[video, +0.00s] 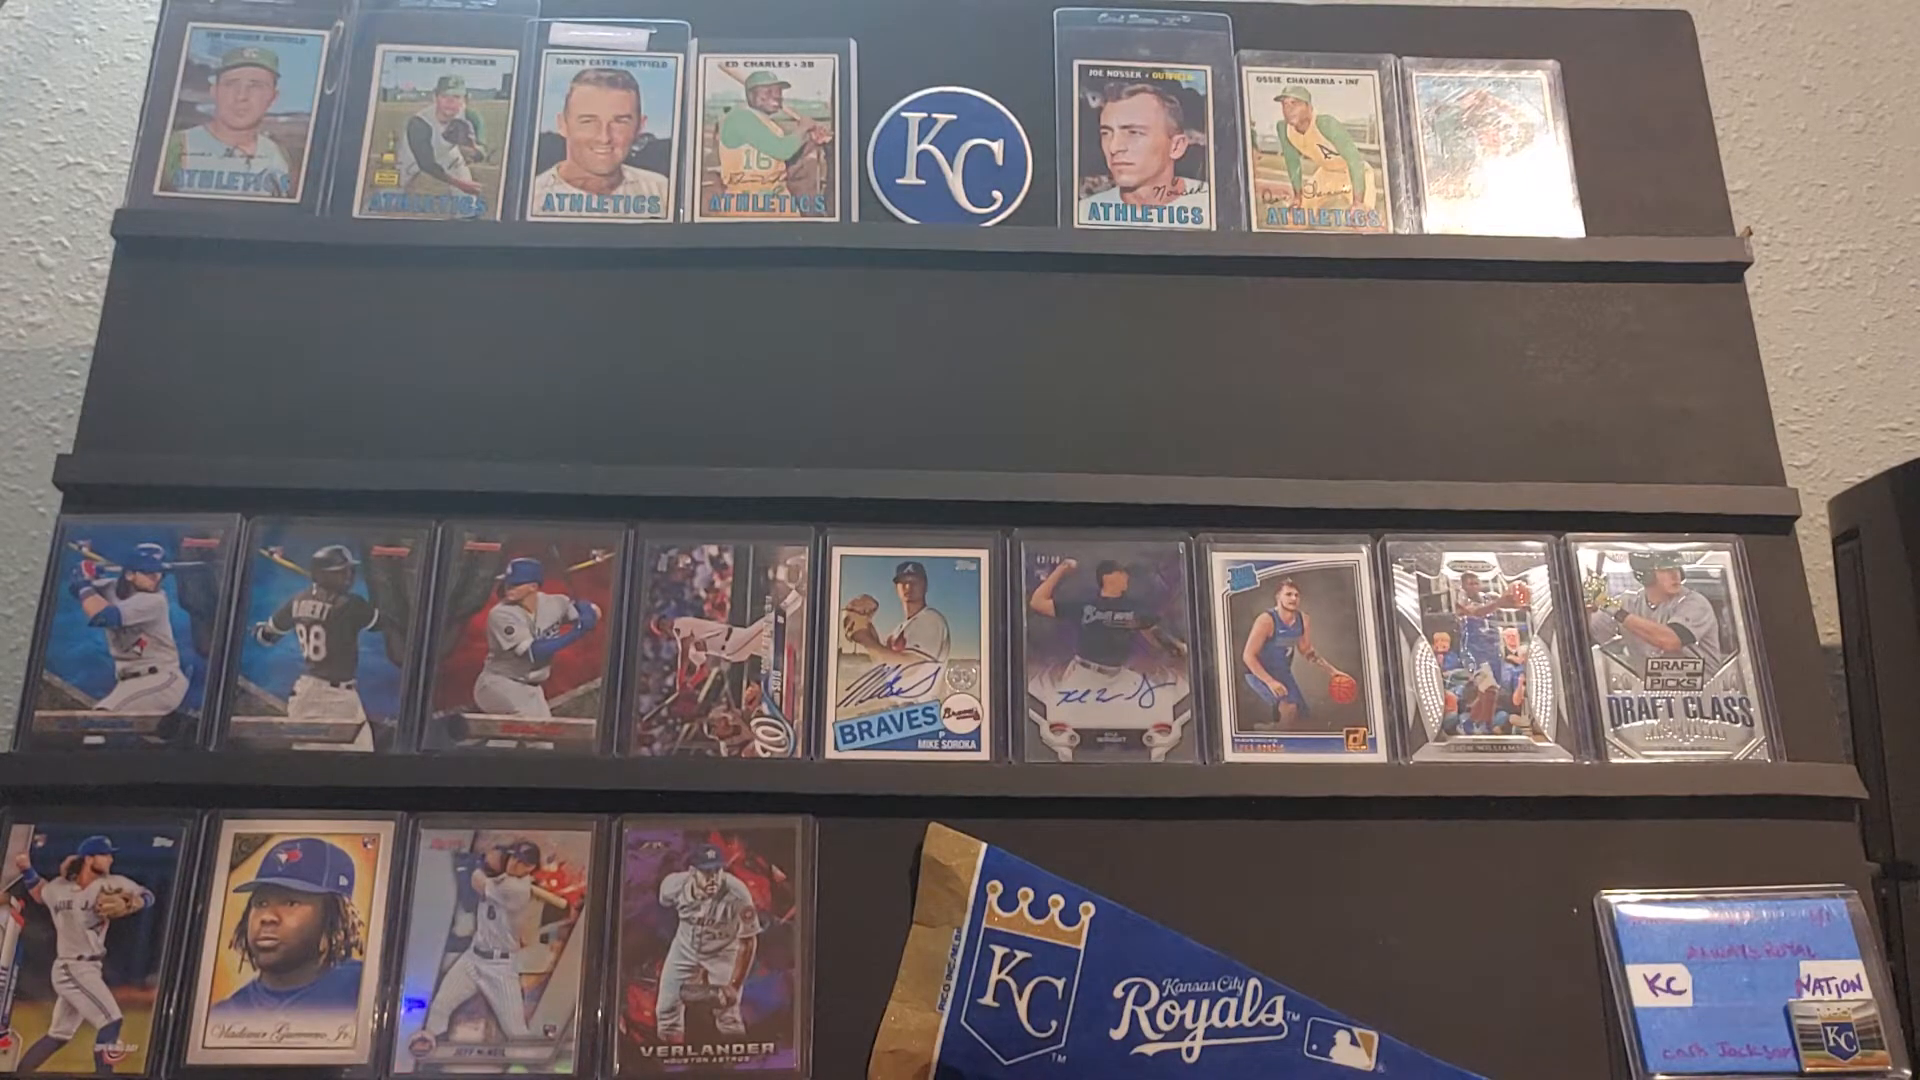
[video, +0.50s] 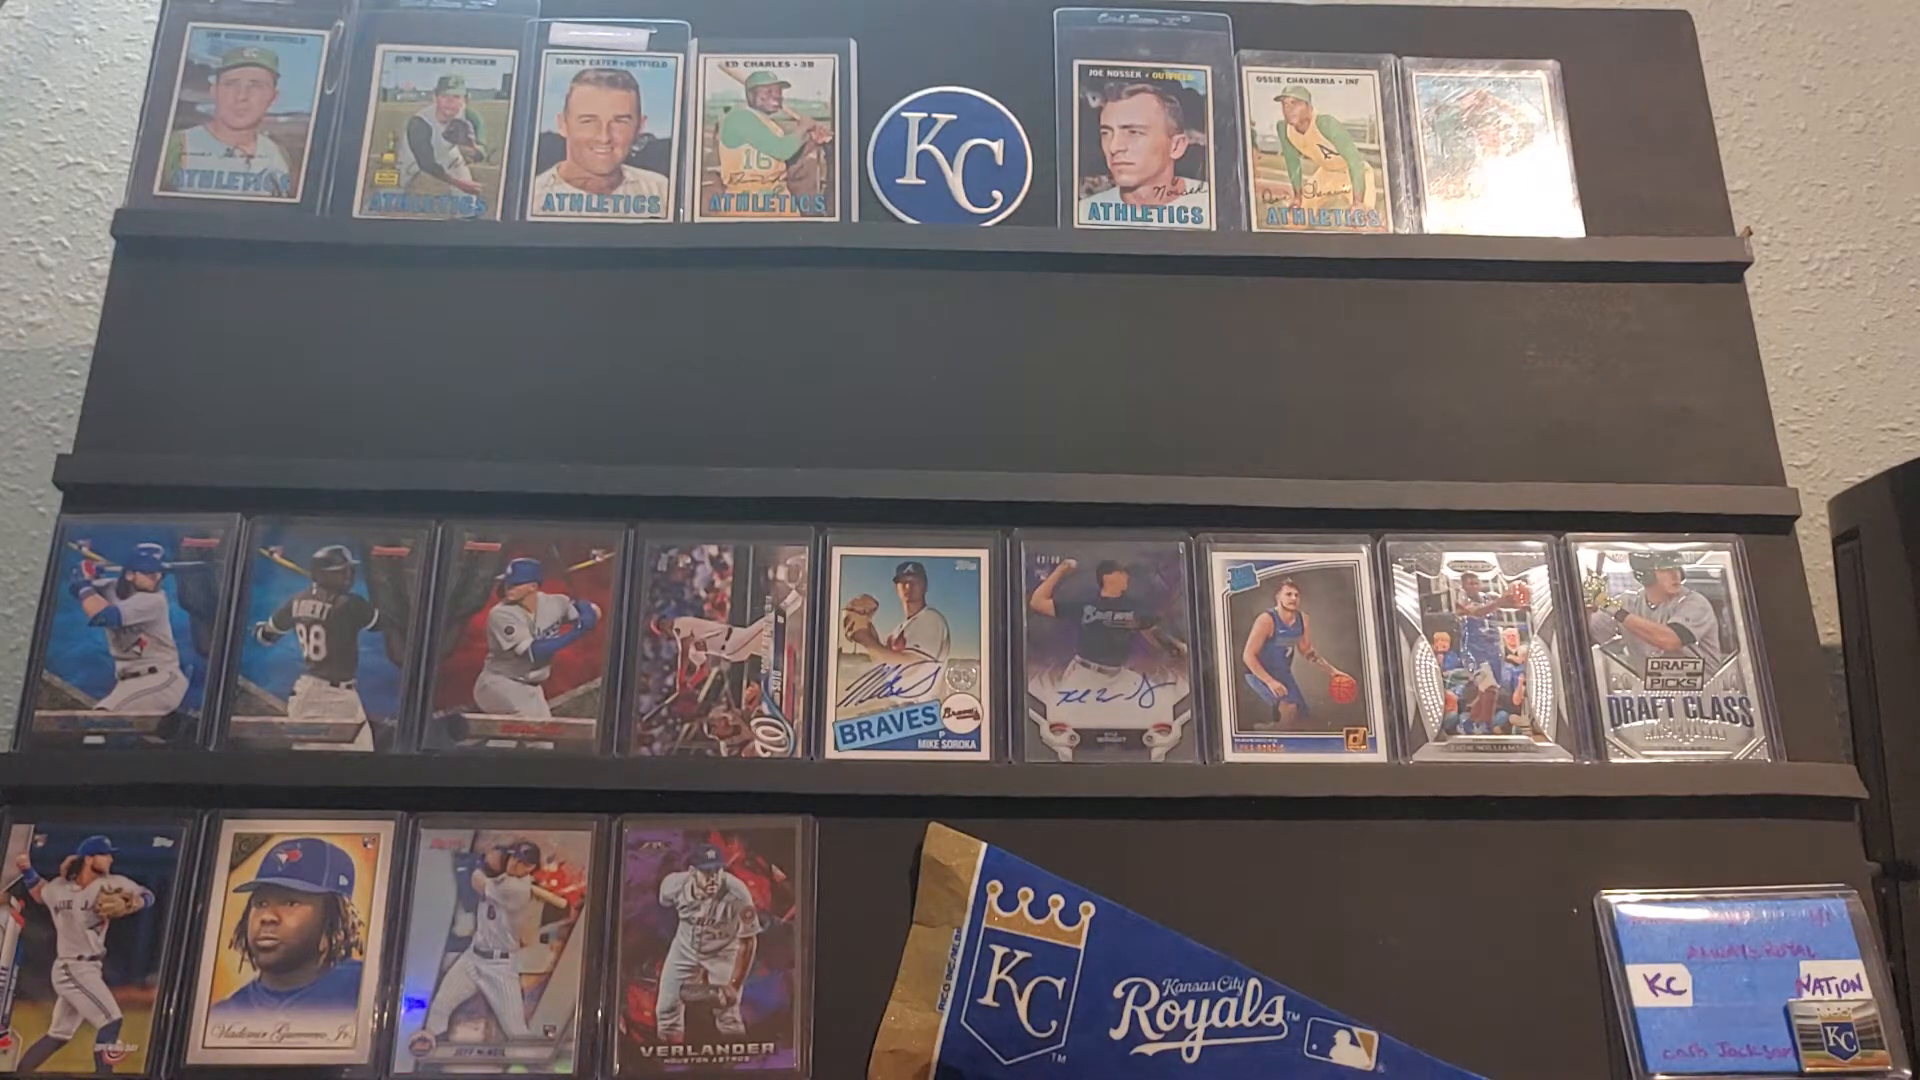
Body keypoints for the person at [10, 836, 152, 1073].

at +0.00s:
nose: (110, 859)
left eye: (110, 855)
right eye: (105, 855)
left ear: (96, 861)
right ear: (89, 859)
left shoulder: (111, 884)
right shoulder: (58, 888)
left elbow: (148, 896)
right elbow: (39, 892)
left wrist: (130, 904)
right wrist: (26, 870)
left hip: (90, 969)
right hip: (71, 969)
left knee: (58, 1036)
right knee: (111, 1020)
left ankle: (19, 1073)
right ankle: (104, 1074)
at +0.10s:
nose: (110, 860)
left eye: (110, 855)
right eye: (105, 855)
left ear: (96, 861)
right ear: (89, 859)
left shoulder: (111, 884)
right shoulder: (58, 888)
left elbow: (149, 896)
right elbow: (40, 892)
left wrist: (130, 904)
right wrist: (27, 870)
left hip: (90, 969)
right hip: (70, 969)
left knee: (58, 1035)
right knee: (111, 1020)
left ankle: (19, 1073)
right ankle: (104, 1074)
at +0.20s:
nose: (110, 860)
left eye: (110, 855)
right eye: (105, 855)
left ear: (96, 861)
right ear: (89, 859)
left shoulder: (111, 884)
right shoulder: (58, 888)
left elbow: (148, 896)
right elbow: (40, 893)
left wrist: (131, 904)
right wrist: (27, 870)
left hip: (90, 969)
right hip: (70, 969)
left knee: (58, 1035)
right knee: (111, 1020)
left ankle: (19, 1073)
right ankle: (104, 1074)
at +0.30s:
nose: (110, 859)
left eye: (110, 855)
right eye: (105, 855)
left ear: (97, 861)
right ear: (89, 859)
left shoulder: (111, 884)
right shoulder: (58, 888)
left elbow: (148, 896)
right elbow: (39, 892)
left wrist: (132, 904)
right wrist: (27, 870)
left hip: (90, 969)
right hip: (70, 969)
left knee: (58, 1035)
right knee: (111, 1020)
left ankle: (19, 1073)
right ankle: (104, 1074)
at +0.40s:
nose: (110, 860)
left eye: (110, 855)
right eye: (105, 855)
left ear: (96, 861)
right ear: (89, 859)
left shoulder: (111, 884)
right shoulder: (58, 888)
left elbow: (148, 896)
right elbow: (39, 892)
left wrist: (131, 904)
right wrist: (27, 870)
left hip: (90, 969)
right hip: (71, 969)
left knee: (59, 1035)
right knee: (111, 1020)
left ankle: (19, 1072)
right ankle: (104, 1074)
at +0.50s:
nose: (110, 859)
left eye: (110, 855)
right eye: (105, 855)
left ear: (96, 861)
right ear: (89, 859)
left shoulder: (111, 884)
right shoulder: (58, 888)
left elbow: (149, 896)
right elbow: (39, 892)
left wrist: (131, 904)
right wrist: (27, 869)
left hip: (90, 969)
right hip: (71, 969)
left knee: (58, 1035)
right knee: (111, 1020)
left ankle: (19, 1073)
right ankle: (104, 1074)